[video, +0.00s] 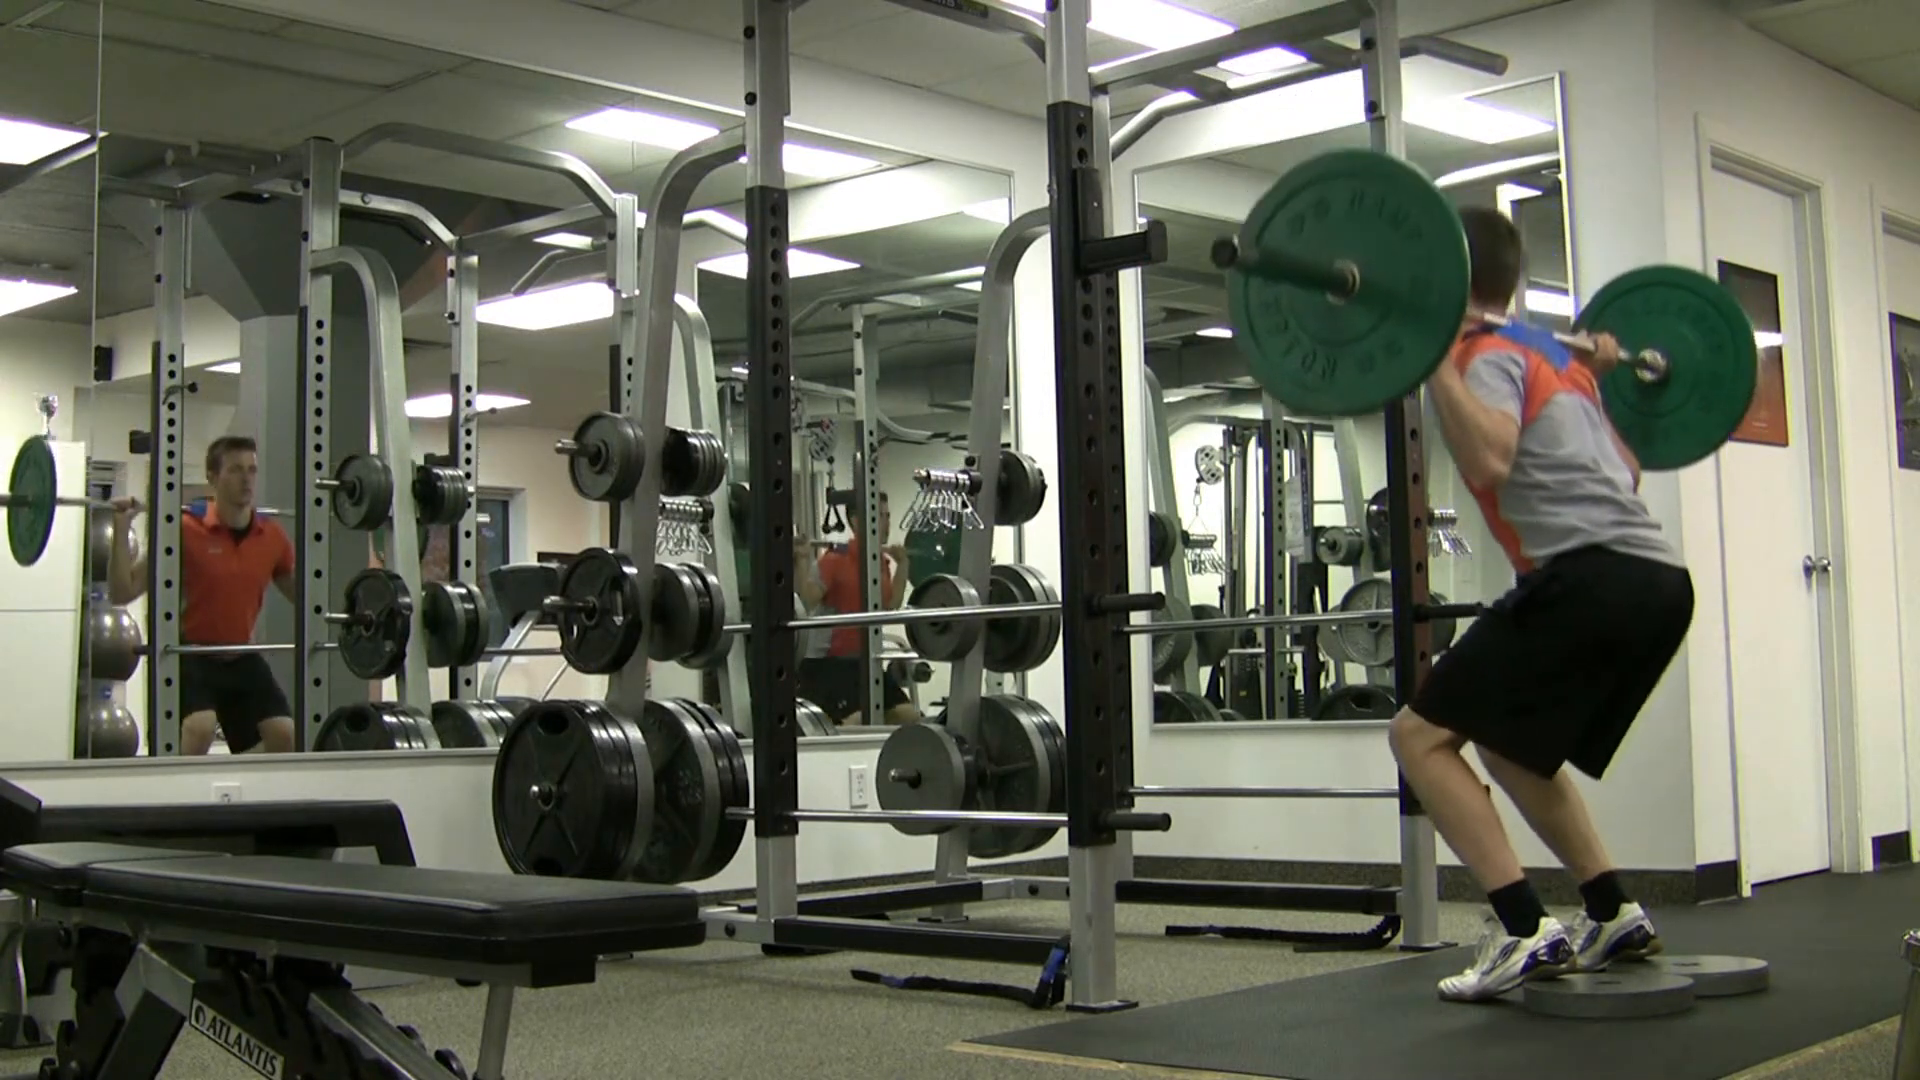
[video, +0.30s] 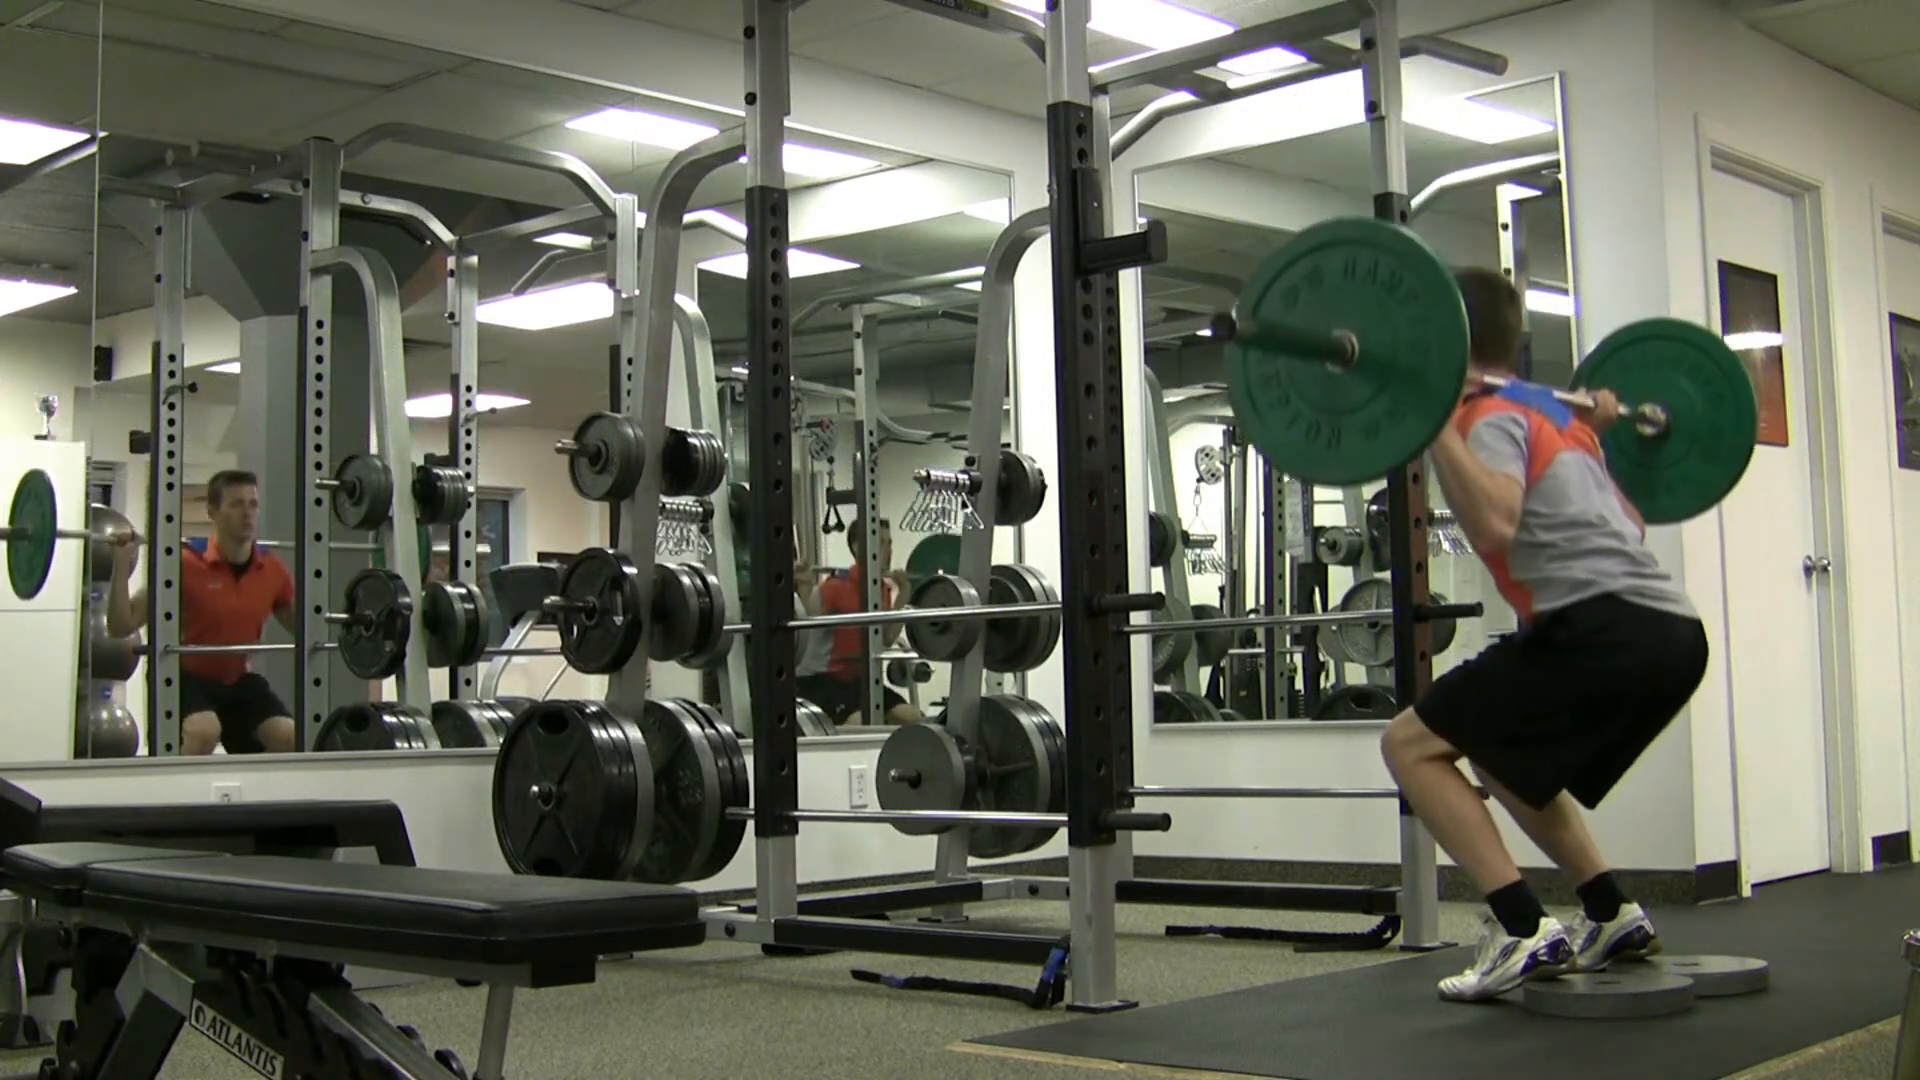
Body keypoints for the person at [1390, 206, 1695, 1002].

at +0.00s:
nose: (1426, 291)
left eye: (1432, 273)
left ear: (1446, 282)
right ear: (1514, 284)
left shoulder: (1489, 352)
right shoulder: (1560, 361)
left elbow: (1488, 462)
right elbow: (1626, 466)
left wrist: (1435, 361)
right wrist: (1594, 373)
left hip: (1587, 577)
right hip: (1659, 584)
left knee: (1418, 734)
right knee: (1511, 745)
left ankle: (1523, 927)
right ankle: (1613, 911)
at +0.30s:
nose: (1425, 352)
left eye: (1430, 335)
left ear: (1444, 341)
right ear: (1514, 341)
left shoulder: (1494, 413)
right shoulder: (1560, 415)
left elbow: (1495, 524)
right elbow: (1626, 519)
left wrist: (1436, 429)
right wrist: (1589, 431)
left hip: (1596, 627)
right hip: (1674, 635)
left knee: (1408, 744)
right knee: (1508, 765)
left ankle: (1522, 929)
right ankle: (1613, 912)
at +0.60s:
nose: (1425, 402)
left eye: (1430, 387)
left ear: (1443, 396)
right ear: (1514, 396)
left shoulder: (1494, 468)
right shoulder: (1560, 465)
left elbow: (1498, 582)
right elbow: (1623, 563)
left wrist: (1436, 480)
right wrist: (1593, 477)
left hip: (1609, 676)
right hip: (1681, 684)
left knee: (1406, 748)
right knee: (1508, 773)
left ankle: (1523, 929)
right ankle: (1612, 914)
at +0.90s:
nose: (1428, 433)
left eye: (1432, 419)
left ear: (1443, 430)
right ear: (1515, 433)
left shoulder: (1491, 508)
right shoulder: (1559, 501)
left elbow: (1497, 619)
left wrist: (1430, 514)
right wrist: (1592, 508)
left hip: (1615, 709)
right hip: (1681, 721)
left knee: (1400, 753)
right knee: (1500, 776)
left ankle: (1524, 929)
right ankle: (1610, 912)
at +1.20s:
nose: (1423, 436)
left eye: (1427, 420)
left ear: (1439, 432)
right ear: (1511, 435)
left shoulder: (1490, 507)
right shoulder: (1551, 500)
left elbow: (1495, 617)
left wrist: (1429, 518)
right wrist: (1592, 505)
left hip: (1617, 708)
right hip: (1683, 718)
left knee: (1402, 751)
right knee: (1504, 774)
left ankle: (1524, 929)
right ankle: (1610, 913)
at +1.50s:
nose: (1427, 375)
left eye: (1431, 362)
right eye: (1426, 364)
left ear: (1451, 370)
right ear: (1508, 373)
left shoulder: (1488, 436)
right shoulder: (1554, 437)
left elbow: (1489, 545)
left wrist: (1426, 445)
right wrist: (1589, 452)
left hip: (1601, 645)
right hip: (1678, 652)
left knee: (1407, 745)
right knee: (1506, 770)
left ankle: (1523, 930)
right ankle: (1611, 914)